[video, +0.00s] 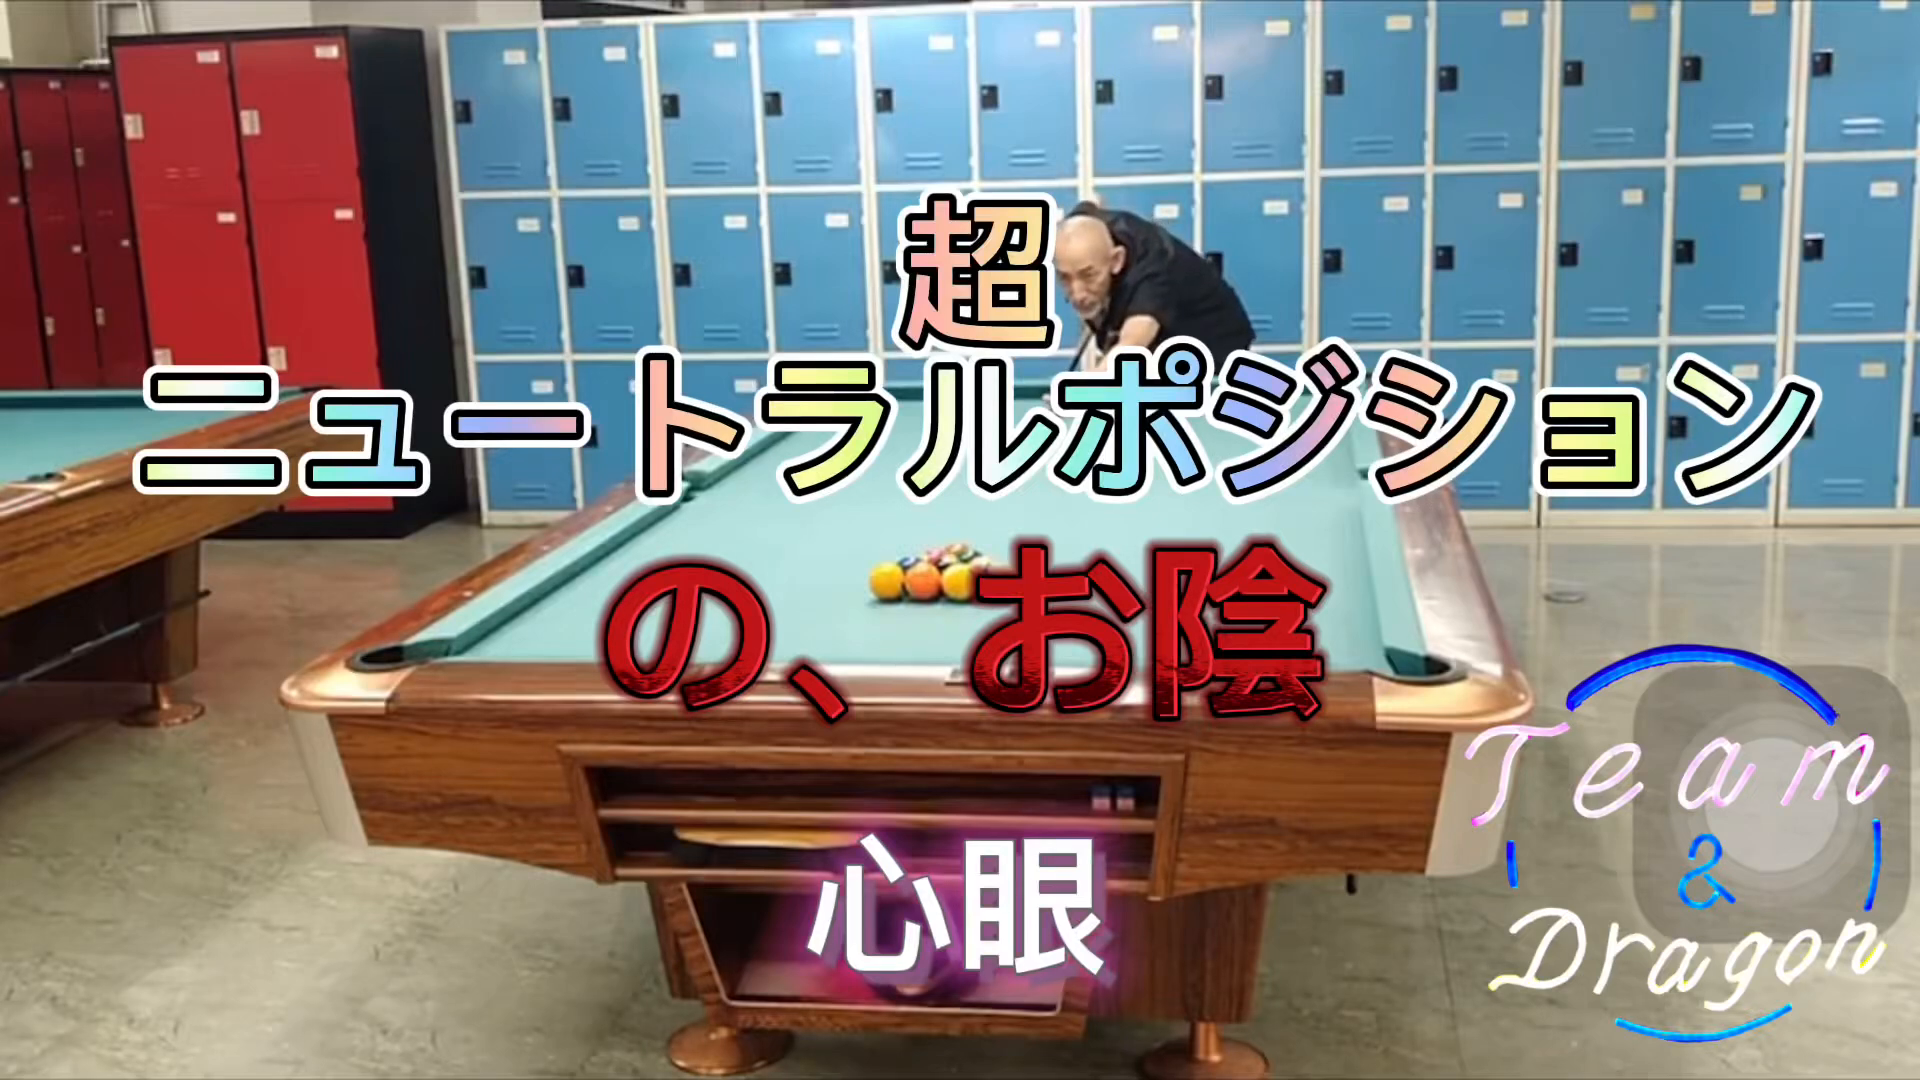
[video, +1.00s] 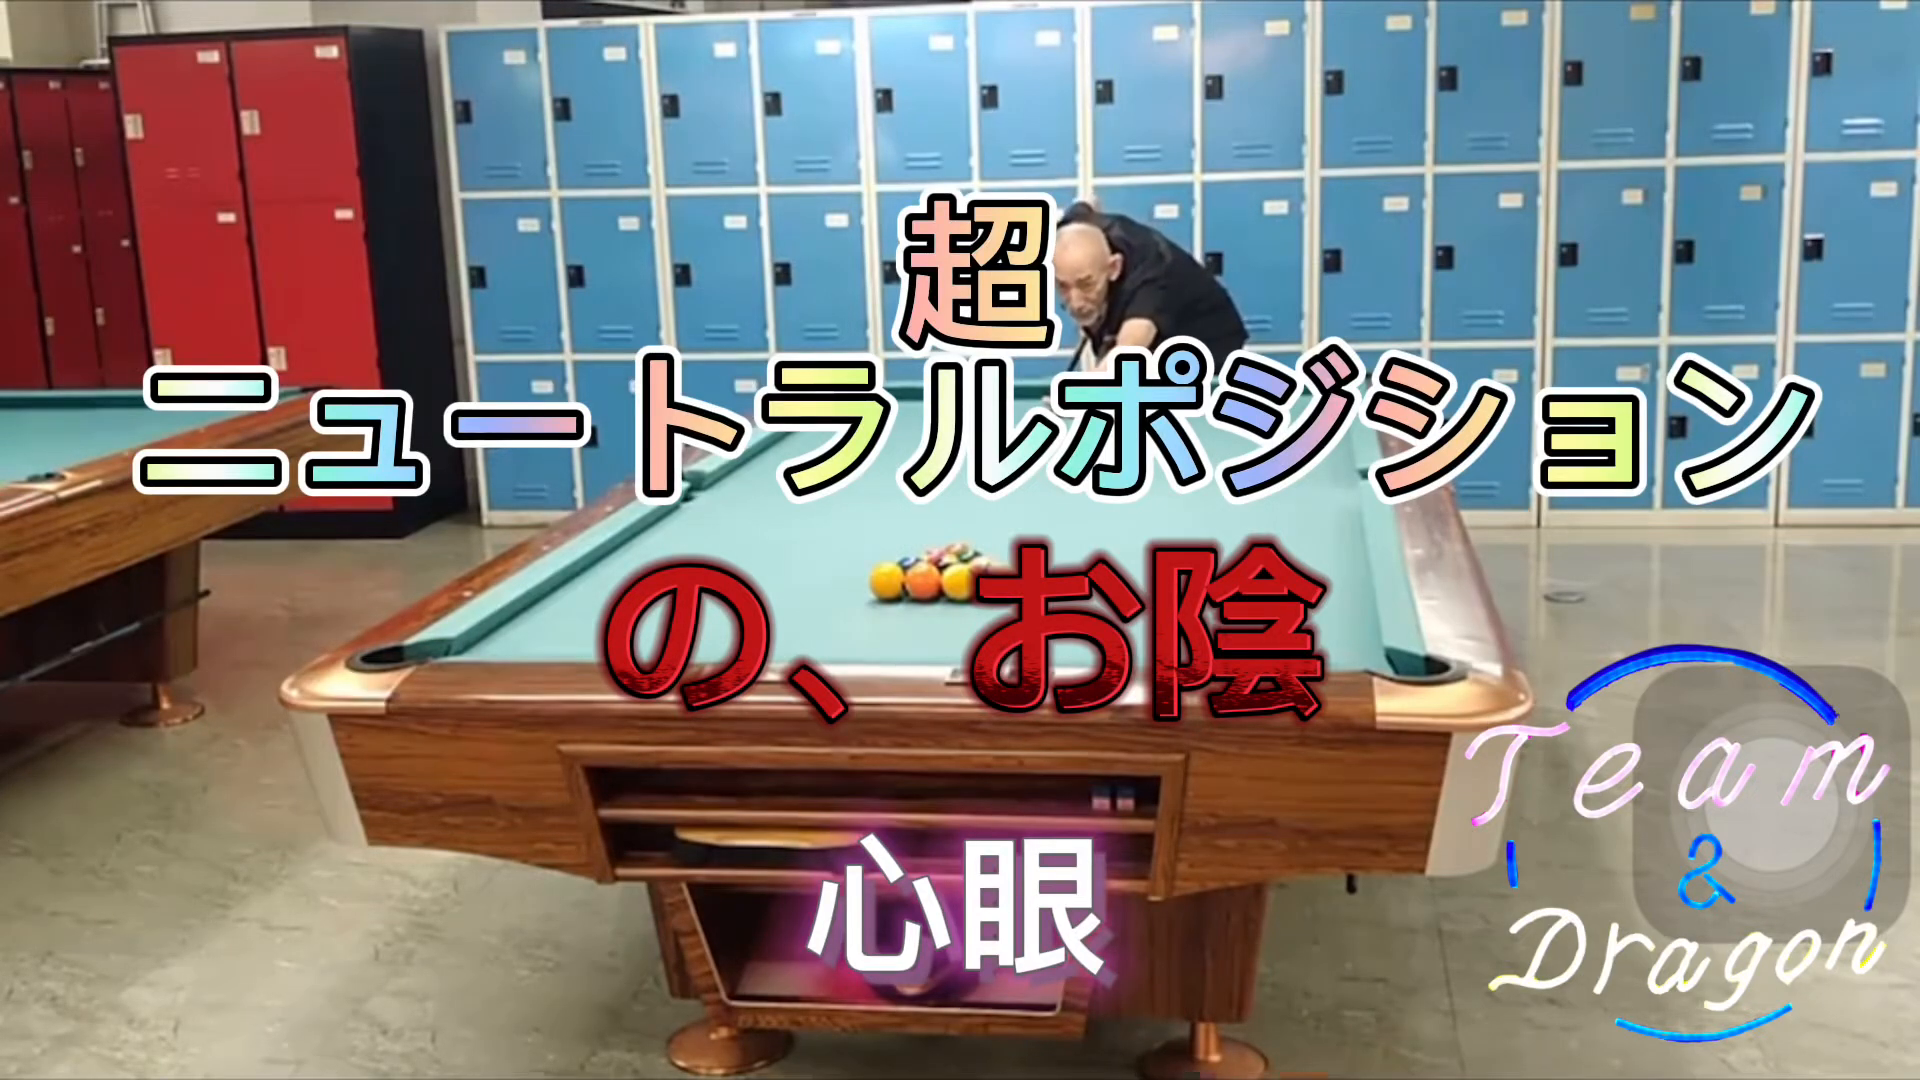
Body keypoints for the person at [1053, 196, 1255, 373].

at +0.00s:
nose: (1077, 294)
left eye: (1088, 277)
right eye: (1065, 279)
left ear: (1116, 261)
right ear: (1057, 268)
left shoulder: (1153, 268)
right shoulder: (1082, 229)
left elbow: (1130, 348)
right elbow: (1088, 205)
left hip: (1216, 346)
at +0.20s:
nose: (1076, 295)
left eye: (1087, 278)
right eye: (1064, 280)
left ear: (1115, 263)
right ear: (1057, 269)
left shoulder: (1152, 273)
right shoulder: (1081, 231)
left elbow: (1129, 350)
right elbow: (1089, 204)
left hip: (1214, 346)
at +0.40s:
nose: (1074, 297)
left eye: (1085, 280)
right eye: (1063, 283)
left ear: (1113, 264)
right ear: (1055, 273)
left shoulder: (1151, 275)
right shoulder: (1081, 233)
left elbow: (1128, 351)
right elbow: (1085, 205)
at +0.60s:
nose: (1074, 298)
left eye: (1085, 281)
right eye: (1062, 284)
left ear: (1113, 266)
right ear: (1054, 271)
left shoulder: (1151, 273)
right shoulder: (1078, 232)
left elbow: (1127, 353)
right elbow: (1084, 209)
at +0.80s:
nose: (1074, 300)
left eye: (1085, 283)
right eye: (1063, 286)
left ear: (1114, 267)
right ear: (1054, 276)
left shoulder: (1152, 278)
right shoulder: (1080, 232)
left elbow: (1128, 351)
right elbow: (1083, 208)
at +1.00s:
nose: (1075, 301)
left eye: (1085, 285)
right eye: (1063, 287)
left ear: (1114, 268)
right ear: (1054, 277)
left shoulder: (1151, 277)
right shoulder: (1078, 232)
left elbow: (1128, 350)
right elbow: (1083, 208)